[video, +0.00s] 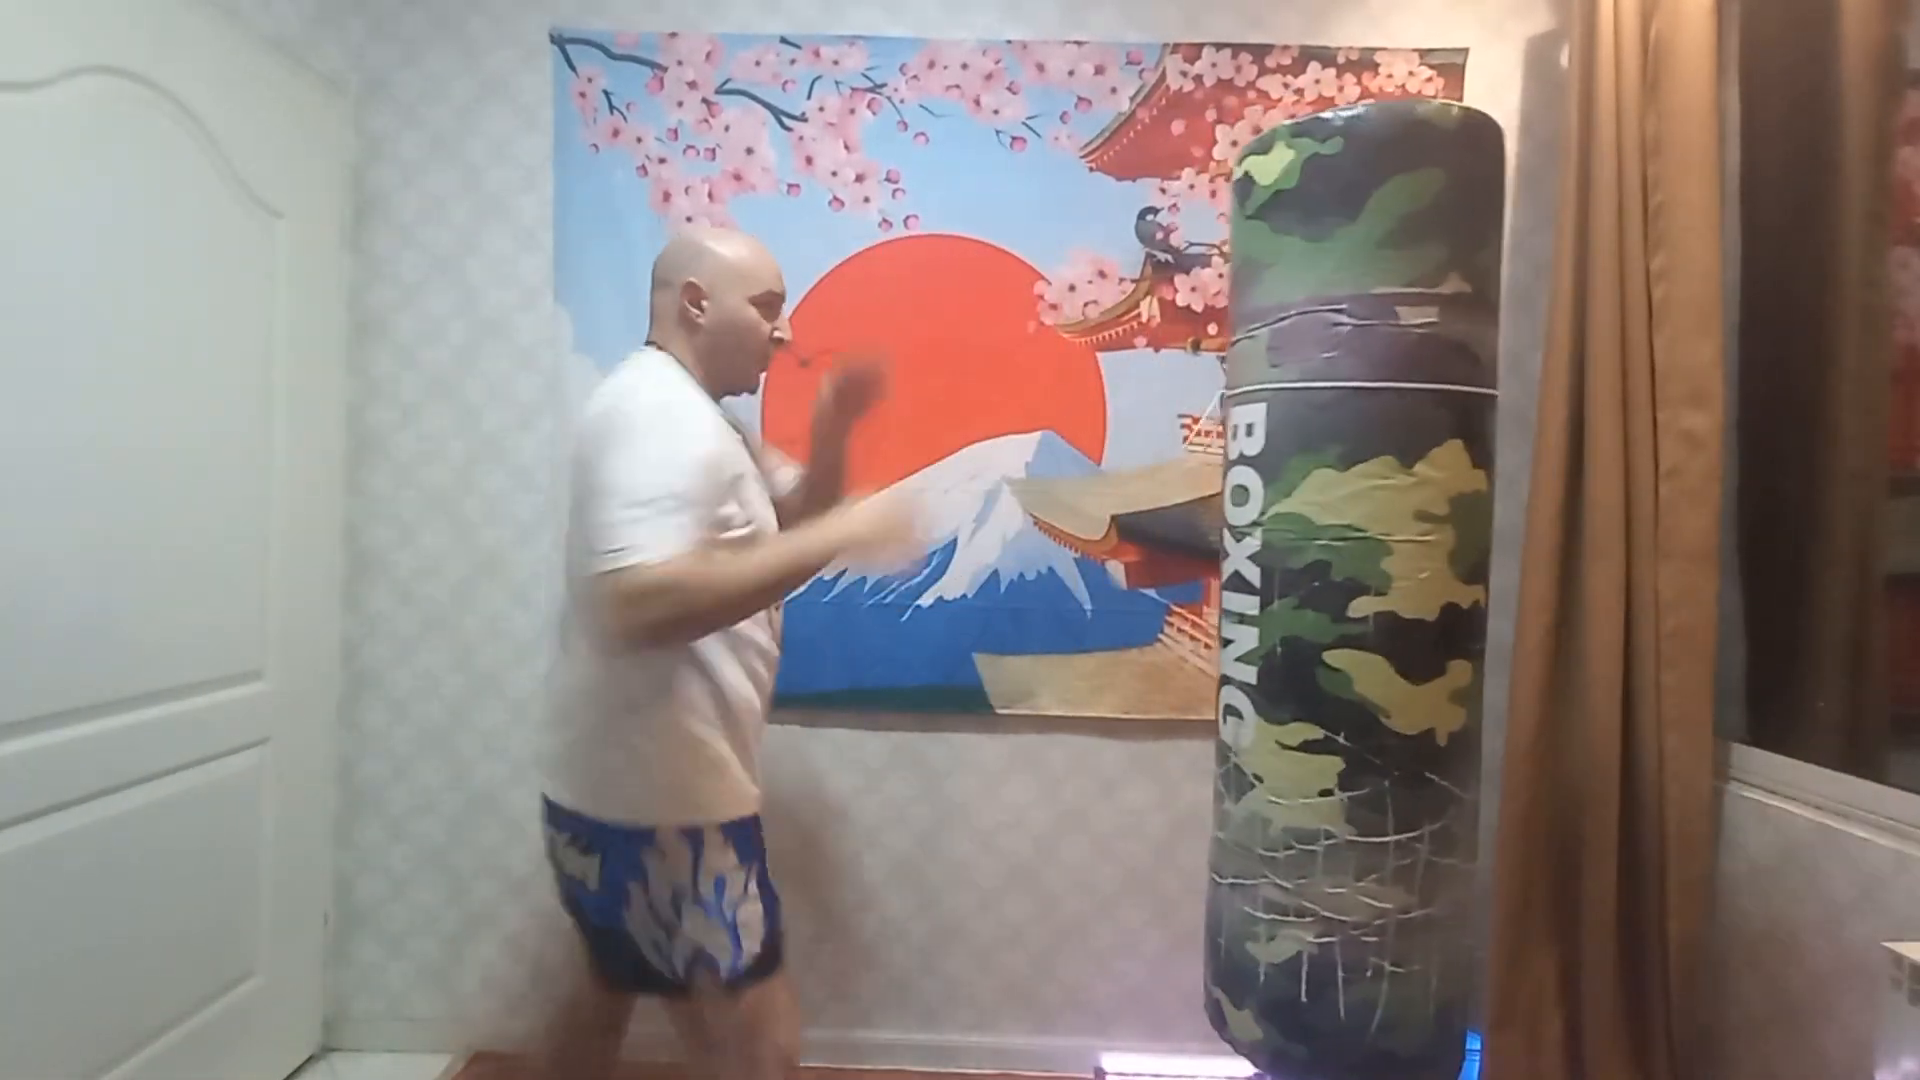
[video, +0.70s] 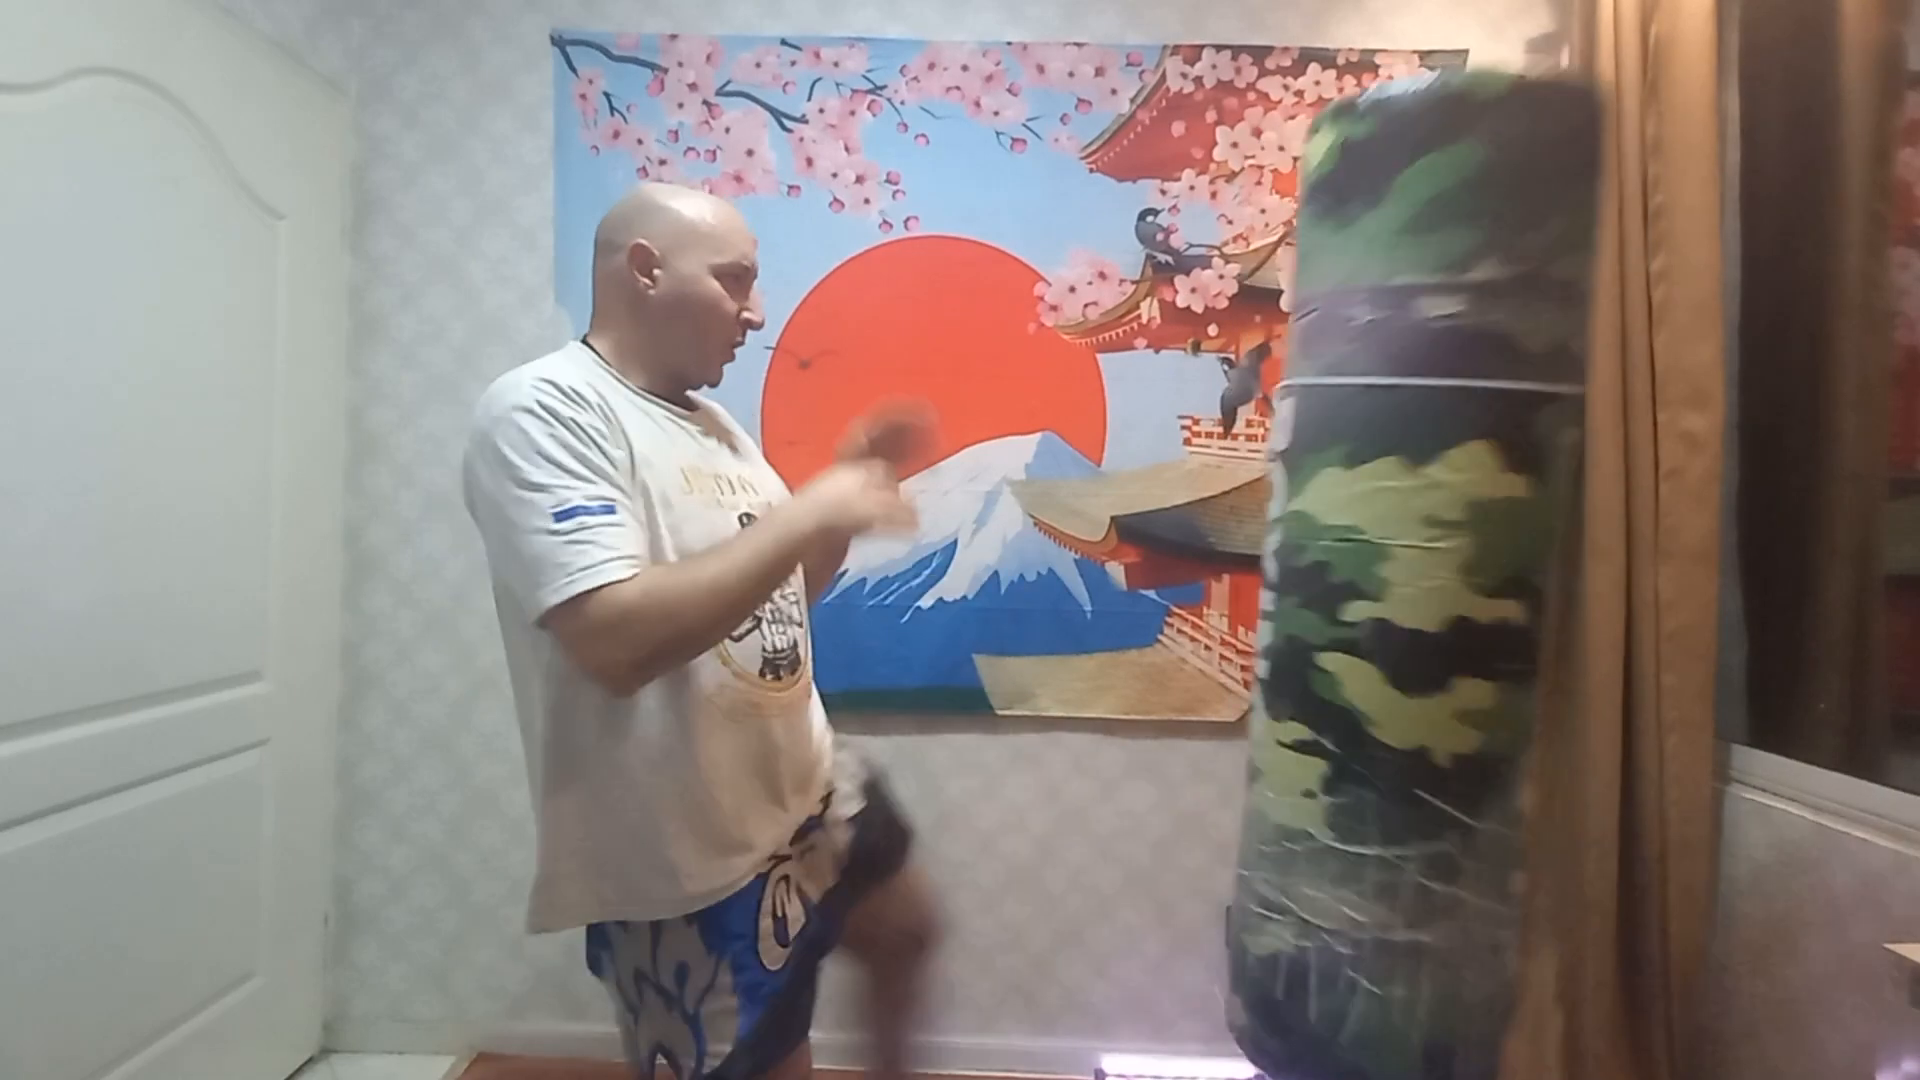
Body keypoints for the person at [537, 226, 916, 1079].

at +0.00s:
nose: (783, 329)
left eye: (782, 308)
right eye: (767, 306)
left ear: (692, 308)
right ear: (694, 304)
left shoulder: (683, 409)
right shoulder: (654, 408)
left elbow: (792, 541)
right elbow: (632, 603)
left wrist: (831, 432)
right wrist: (835, 532)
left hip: (618, 792)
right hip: (673, 803)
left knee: (596, 1014)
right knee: (758, 1055)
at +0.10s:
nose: (774, 326)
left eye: (774, 304)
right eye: (757, 300)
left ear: (688, 301)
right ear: (680, 299)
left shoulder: (761, 422)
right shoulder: (589, 419)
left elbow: (885, 468)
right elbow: (507, 625)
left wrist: (873, 344)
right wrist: (730, 616)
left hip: (750, 796)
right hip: (670, 813)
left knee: (676, 1019)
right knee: (767, 1031)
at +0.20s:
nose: (760, 313)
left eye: (759, 291)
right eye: (737, 287)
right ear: (654, 286)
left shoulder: (769, 423)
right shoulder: (535, 420)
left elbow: (903, 482)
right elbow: (443, 628)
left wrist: (947, 351)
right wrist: (662, 600)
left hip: (833, 790)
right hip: (698, 846)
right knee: (787, 1060)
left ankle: (715, 1022)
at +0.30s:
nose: (752, 316)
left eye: (750, 292)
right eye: (729, 287)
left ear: (653, 287)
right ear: (641, 282)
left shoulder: (762, 433)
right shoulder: (512, 422)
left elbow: (866, 559)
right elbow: (441, 636)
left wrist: (982, 476)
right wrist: (667, 577)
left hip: (851, 742)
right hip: (706, 853)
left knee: (1061, 845)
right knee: (789, 1059)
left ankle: (936, 905)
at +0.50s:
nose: (759, 314)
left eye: (758, 289)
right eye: (739, 286)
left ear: (661, 285)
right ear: (649, 280)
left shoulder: (730, 424)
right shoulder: (520, 414)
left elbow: (765, 585)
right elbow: (519, 649)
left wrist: (900, 585)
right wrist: (753, 571)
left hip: (838, 738)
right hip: (710, 864)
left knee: (1089, 800)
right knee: (786, 1064)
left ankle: (1320, 899)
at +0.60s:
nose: (758, 308)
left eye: (758, 283)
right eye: (738, 280)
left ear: (659, 275)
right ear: (647, 272)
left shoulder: (720, 421)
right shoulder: (529, 413)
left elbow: (745, 592)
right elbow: (564, 647)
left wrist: (866, 539)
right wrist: (797, 556)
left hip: (827, 763)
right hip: (705, 863)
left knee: (1013, 856)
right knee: (761, 1067)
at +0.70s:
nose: (755, 311)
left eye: (753, 283)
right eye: (733, 278)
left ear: (654, 278)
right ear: (643, 272)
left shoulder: (714, 425)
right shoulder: (537, 412)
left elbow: (772, 601)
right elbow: (612, 640)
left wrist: (849, 495)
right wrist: (811, 515)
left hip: (811, 808)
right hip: (689, 878)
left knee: (903, 931)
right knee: (746, 1062)